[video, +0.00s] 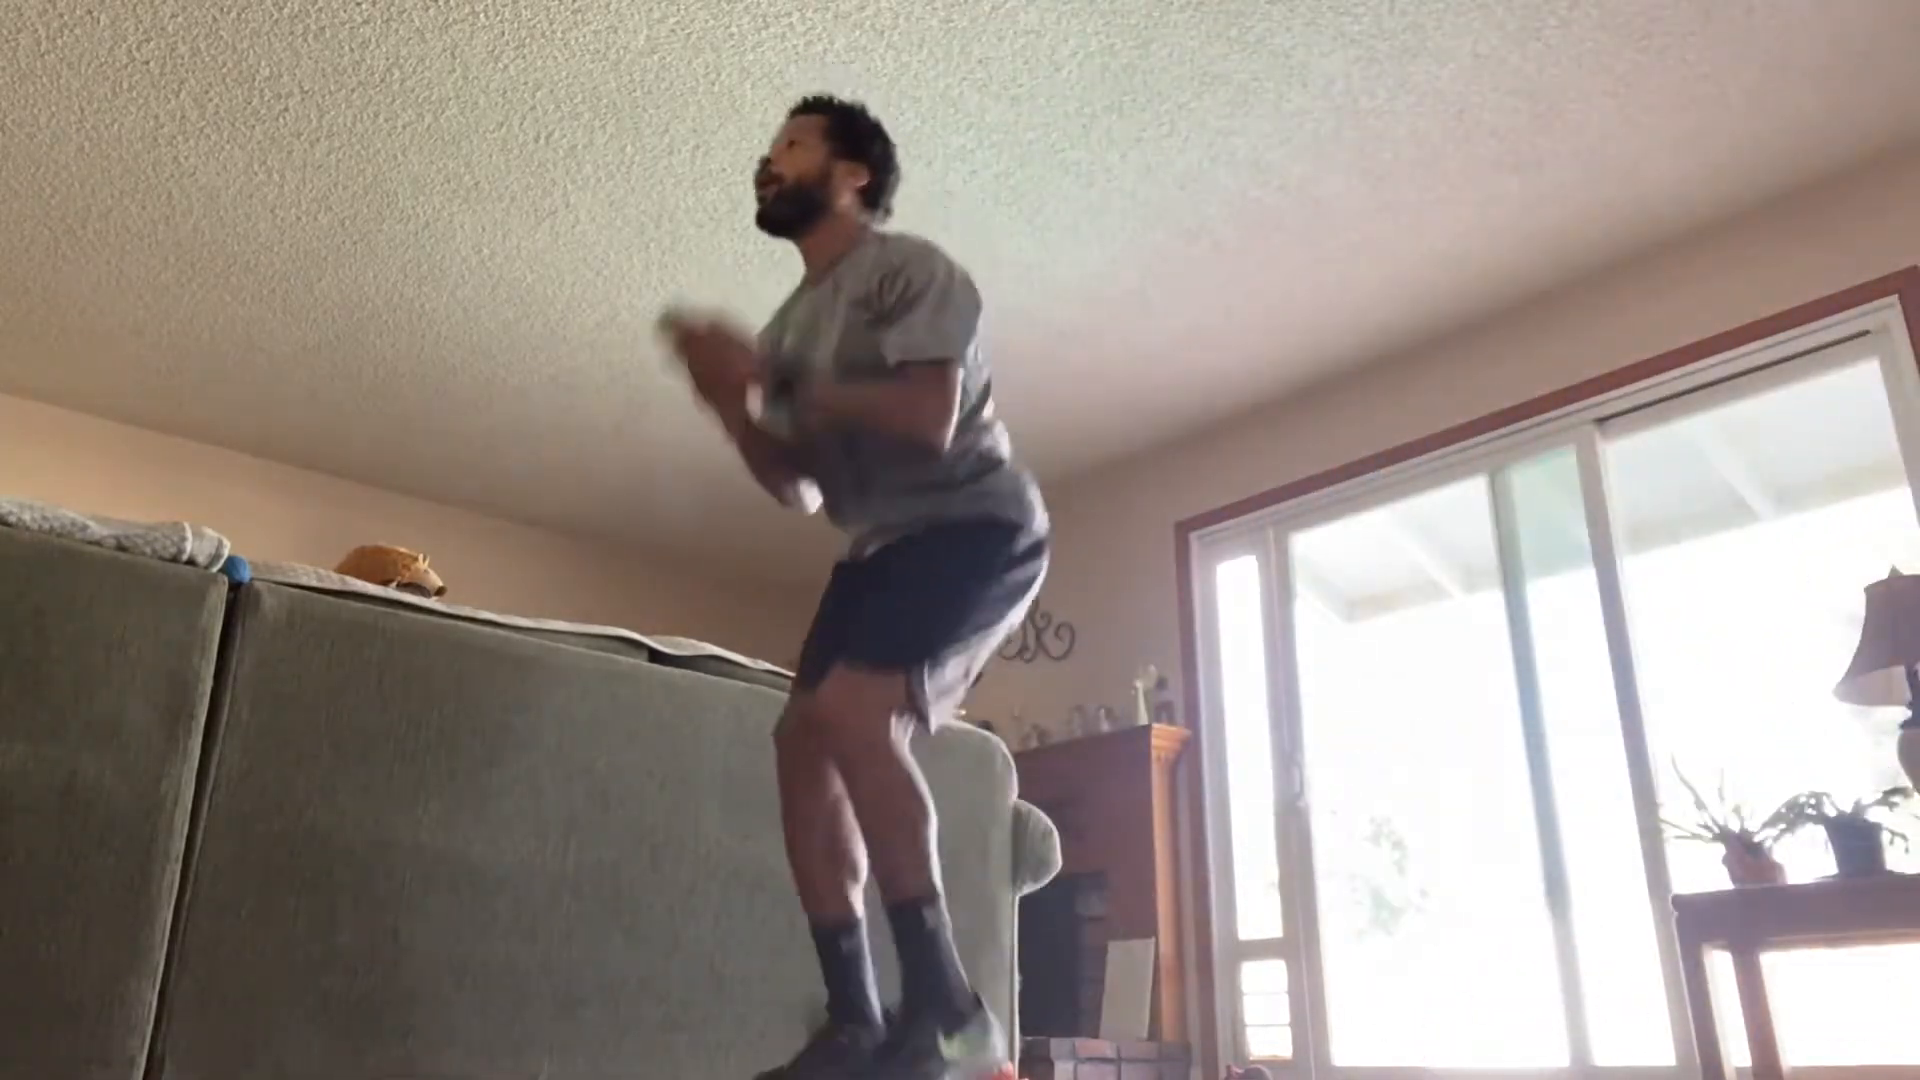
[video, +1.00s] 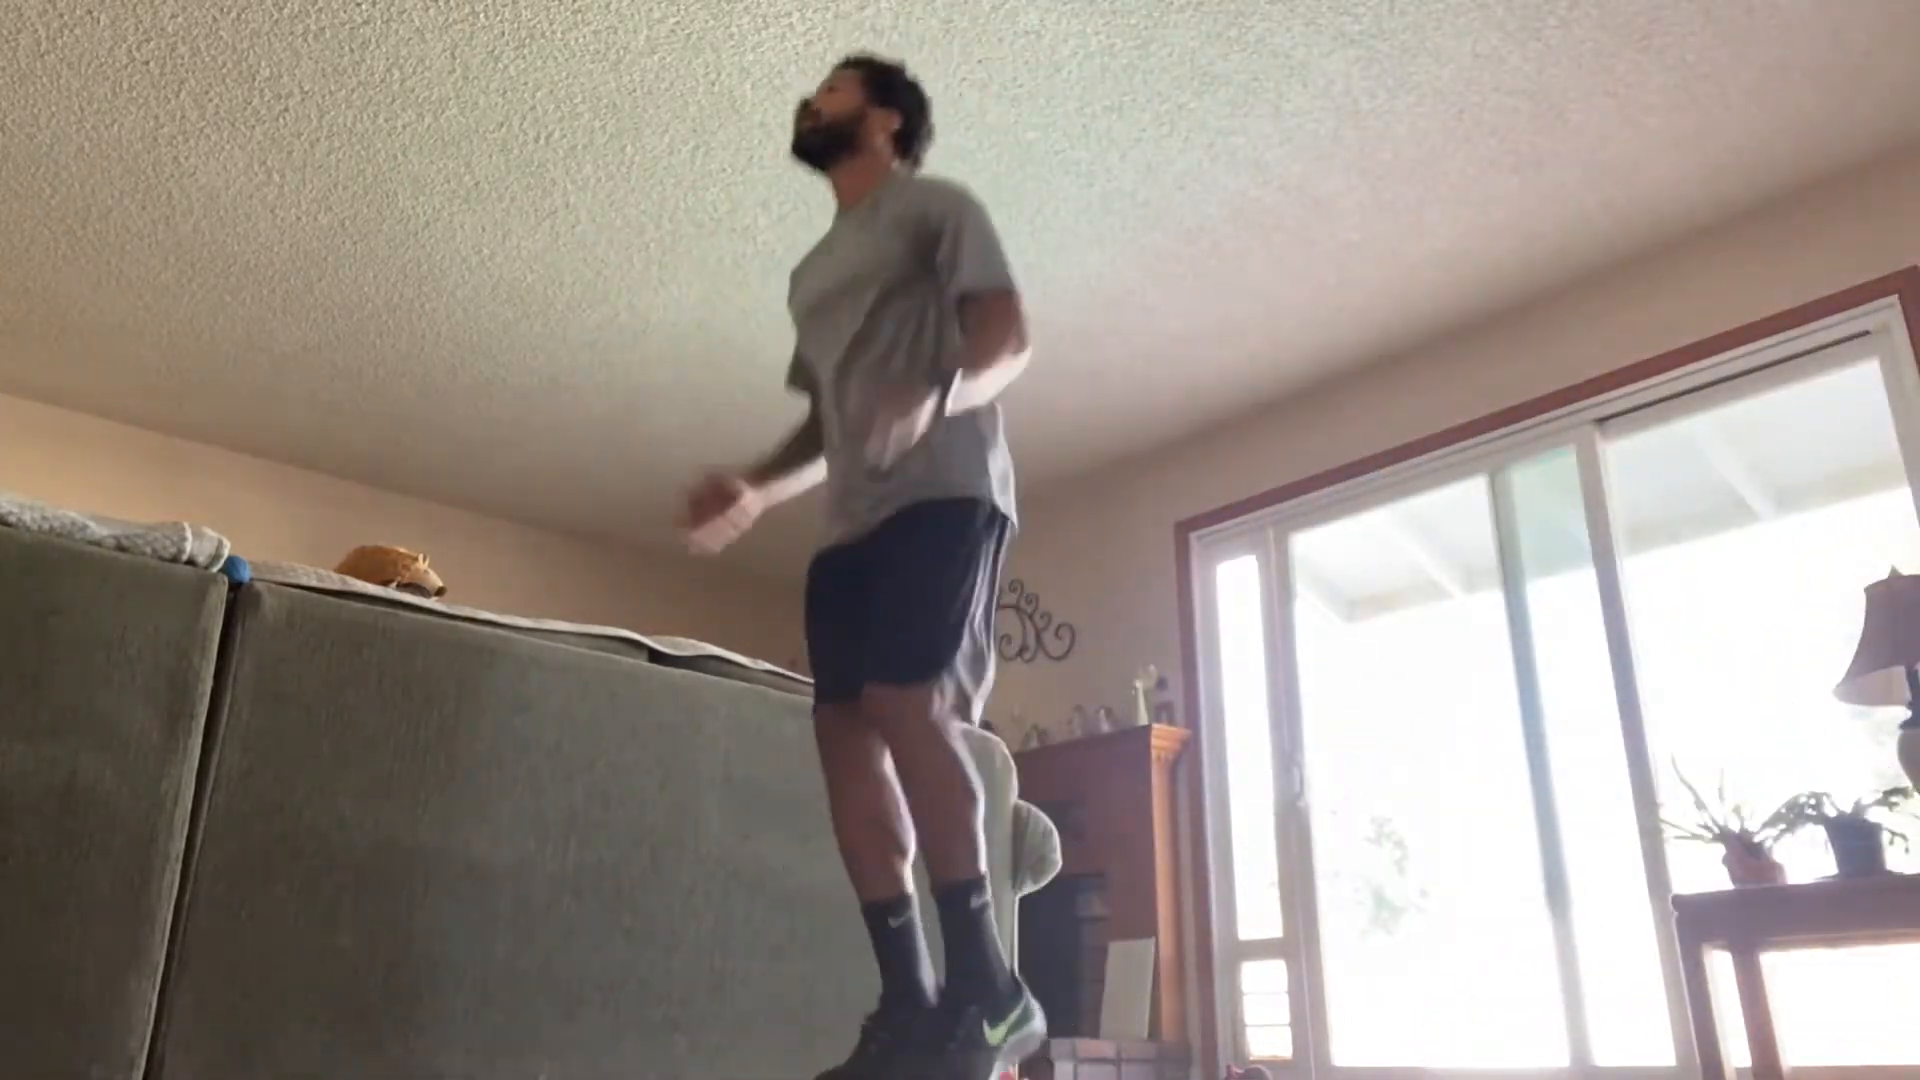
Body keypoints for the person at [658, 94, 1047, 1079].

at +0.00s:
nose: (767, 164)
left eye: (792, 149)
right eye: (770, 151)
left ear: (856, 177)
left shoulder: (916, 268)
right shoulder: (785, 333)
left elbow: (928, 415)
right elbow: (792, 482)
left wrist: (779, 385)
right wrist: (728, 405)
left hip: (973, 525)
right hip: (880, 547)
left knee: (852, 711)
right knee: (802, 739)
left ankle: (942, 995)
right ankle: (856, 1022)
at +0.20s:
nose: (808, 72)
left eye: (833, 57)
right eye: (812, 63)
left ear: (891, 91)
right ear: (831, 106)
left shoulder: (939, 170)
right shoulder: (807, 247)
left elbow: (1016, 286)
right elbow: (783, 385)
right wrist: (655, 419)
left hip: (947, 455)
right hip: (847, 484)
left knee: (909, 672)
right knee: (811, 702)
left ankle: (975, 970)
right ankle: (841, 971)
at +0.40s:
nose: (833, 104)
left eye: (858, 93)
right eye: (834, 97)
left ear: (913, 122)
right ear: (848, 139)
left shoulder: (945, 183)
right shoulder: (824, 260)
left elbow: (1016, 64)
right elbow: (734, 290)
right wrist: (727, 156)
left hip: (961, 492)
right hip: (856, 523)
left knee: (969, 703)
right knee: (798, 758)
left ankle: (1117, 967)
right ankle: (811, 994)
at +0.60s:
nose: (846, 106)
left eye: (870, 97)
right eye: (850, 100)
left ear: (923, 127)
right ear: (867, 140)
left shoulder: (950, 187)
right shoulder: (831, 259)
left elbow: (1028, 82)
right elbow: (733, 306)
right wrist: (667, 201)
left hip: (958, 495)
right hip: (854, 521)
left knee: (983, 703)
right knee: (812, 752)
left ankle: (1118, 962)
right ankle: (824, 991)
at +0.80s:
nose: (803, 70)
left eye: (829, 59)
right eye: (807, 62)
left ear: (883, 93)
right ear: (821, 111)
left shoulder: (942, 178)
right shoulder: (807, 243)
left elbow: (1017, 301)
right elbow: (827, 399)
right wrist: (735, 454)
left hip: (956, 456)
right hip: (859, 482)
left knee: (928, 671)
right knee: (844, 701)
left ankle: (1000, 965)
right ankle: (893, 973)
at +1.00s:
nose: (811, 96)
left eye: (835, 84)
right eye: (814, 88)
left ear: (889, 119)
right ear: (835, 130)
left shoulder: (936, 202)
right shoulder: (811, 275)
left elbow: (1006, 332)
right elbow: (829, 418)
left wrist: (933, 394)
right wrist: (756, 486)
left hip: (945, 495)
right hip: (851, 522)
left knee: (903, 703)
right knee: (841, 724)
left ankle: (987, 984)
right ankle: (908, 1002)